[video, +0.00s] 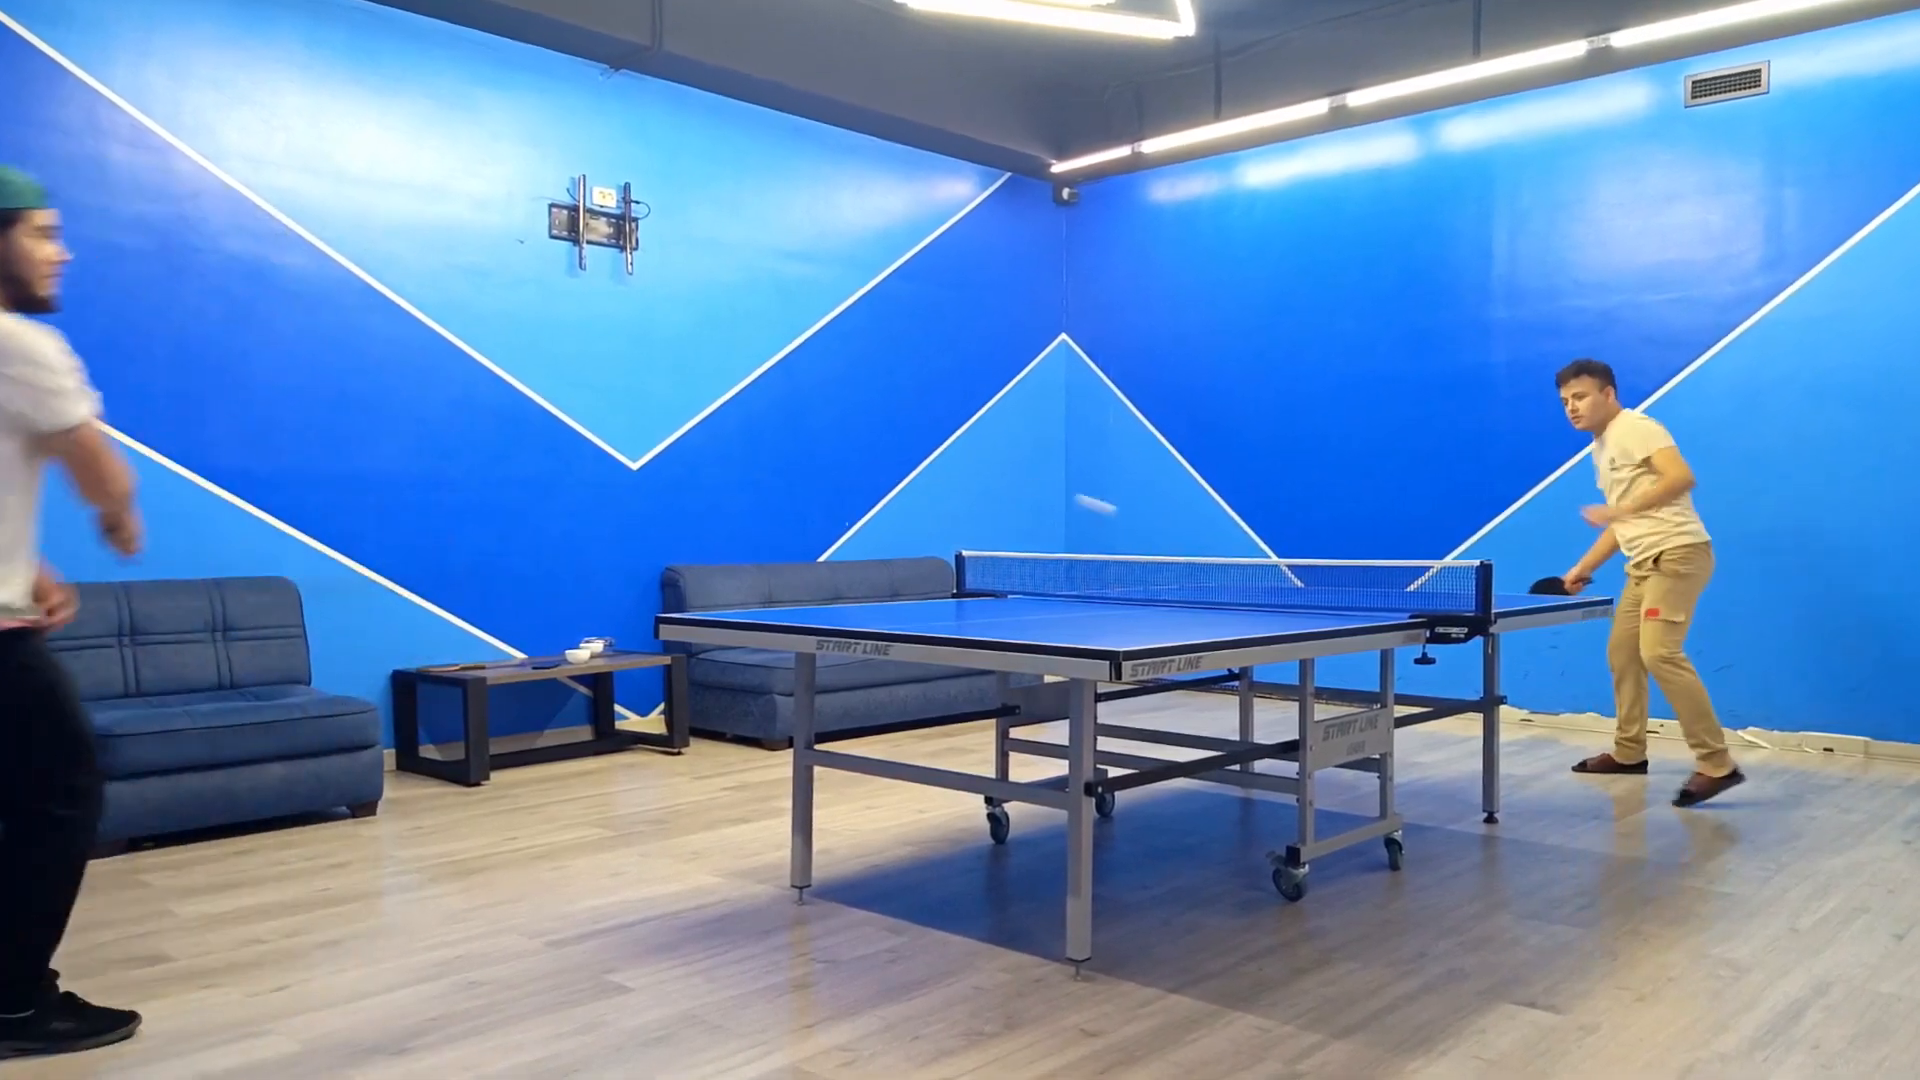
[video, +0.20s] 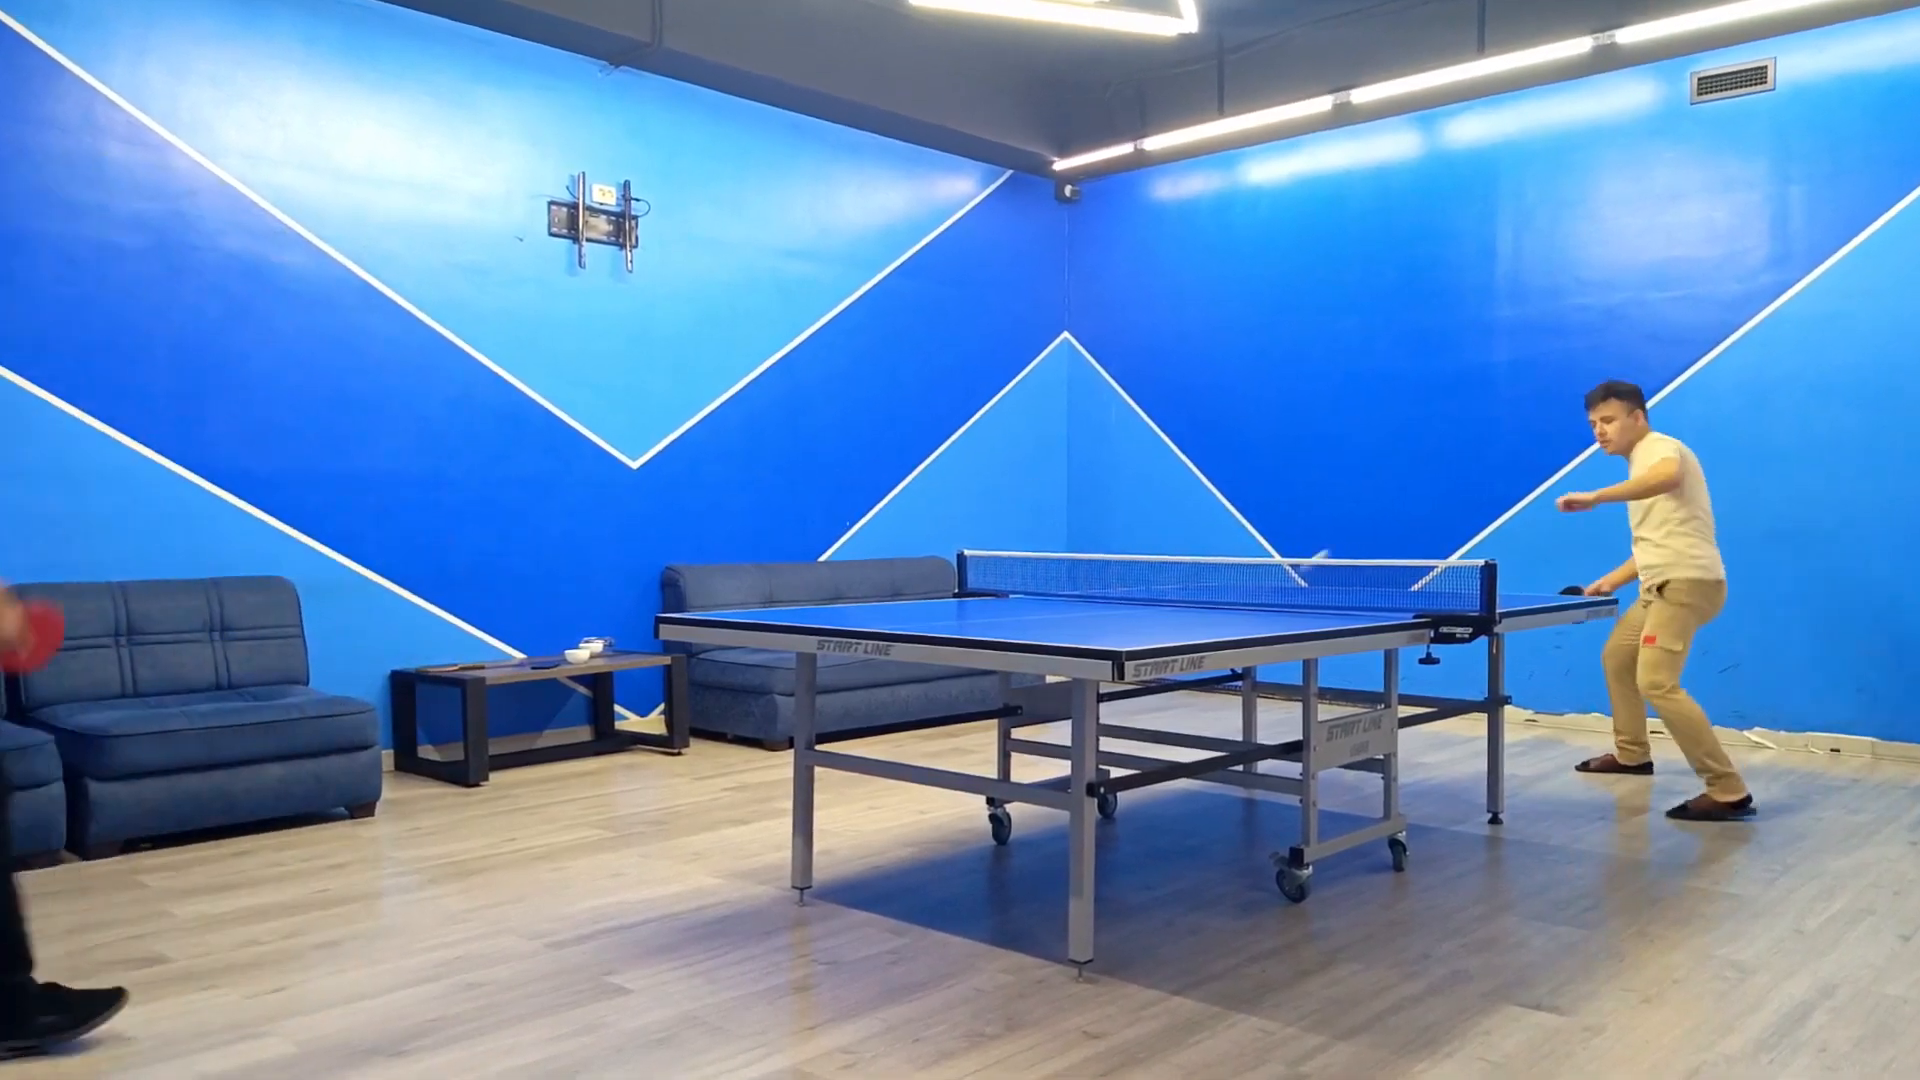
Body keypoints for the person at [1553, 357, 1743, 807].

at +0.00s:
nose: (1571, 408)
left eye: (1579, 397)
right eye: (1565, 401)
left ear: (1609, 395)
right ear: (1566, 406)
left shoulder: (1636, 427)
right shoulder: (1601, 451)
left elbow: (1681, 476)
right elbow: (1623, 519)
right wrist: (1584, 567)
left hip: (1679, 552)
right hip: (1642, 563)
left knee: (1659, 651)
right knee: (1623, 652)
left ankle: (1717, 765)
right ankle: (1629, 754)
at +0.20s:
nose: (1599, 431)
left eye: (1607, 420)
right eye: (1594, 424)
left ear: (1637, 417)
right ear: (1595, 428)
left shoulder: (1659, 446)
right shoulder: (1640, 472)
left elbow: (1670, 476)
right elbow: (1654, 546)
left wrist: (1595, 497)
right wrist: (1611, 580)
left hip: (1688, 579)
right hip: (1659, 584)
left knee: (1657, 682)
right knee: (1617, 657)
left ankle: (1729, 791)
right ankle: (1632, 755)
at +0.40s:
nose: (1615, 425)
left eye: (1623, 413)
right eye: (1610, 417)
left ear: (1656, 408)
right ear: (1612, 420)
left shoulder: (1699, 435)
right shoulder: (1629, 465)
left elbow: (1773, 428)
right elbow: (1619, 524)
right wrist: (1567, 538)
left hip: (1718, 578)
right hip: (1670, 583)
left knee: (1673, 679)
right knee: (1642, 671)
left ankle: (1730, 795)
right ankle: (1636, 755)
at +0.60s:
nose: (1618, 413)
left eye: (1626, 402)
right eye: (1613, 404)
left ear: (1660, 394)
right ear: (1616, 403)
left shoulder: (1718, 414)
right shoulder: (1624, 440)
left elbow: (1803, 401)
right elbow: (1592, 473)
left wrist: (1872, 375)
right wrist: (1539, 489)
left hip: (1726, 563)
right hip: (1668, 567)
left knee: (1715, 674)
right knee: (1655, 664)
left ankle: (1733, 793)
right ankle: (1652, 753)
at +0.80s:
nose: (1618, 415)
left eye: (1626, 404)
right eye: (1612, 406)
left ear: (1661, 399)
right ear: (1615, 407)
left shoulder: (1717, 425)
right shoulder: (1620, 447)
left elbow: (1796, 435)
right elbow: (1593, 498)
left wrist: (1881, 436)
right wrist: (1545, 514)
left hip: (1716, 570)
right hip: (1656, 570)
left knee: (1705, 674)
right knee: (1628, 656)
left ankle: (1727, 793)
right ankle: (1636, 742)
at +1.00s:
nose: (1600, 432)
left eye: (1610, 422)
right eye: (1595, 424)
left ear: (1643, 421)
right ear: (1594, 426)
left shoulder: (1694, 459)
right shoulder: (1605, 470)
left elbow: (1766, 505)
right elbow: (1576, 530)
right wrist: (1542, 538)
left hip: (1692, 590)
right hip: (1637, 592)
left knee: (1668, 676)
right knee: (1587, 671)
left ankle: (1721, 792)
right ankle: (1616, 754)